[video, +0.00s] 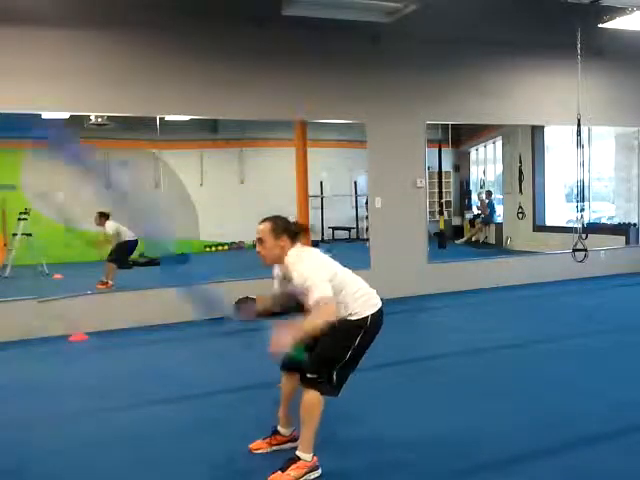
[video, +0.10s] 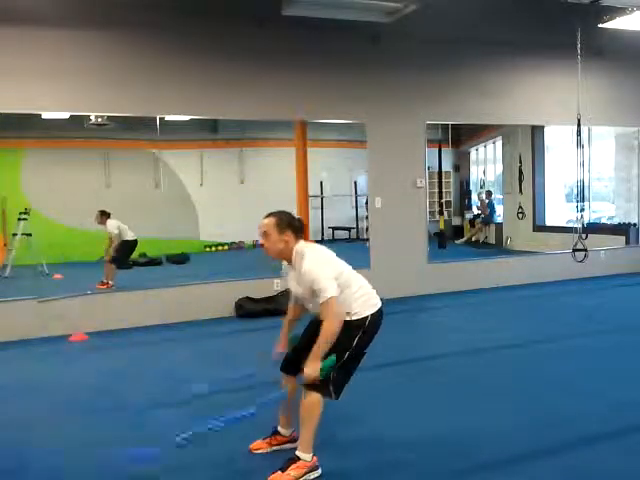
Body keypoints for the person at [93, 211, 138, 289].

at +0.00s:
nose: (95, 221)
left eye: (97, 218)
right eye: (96, 218)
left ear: (102, 219)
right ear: (104, 219)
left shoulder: (109, 225)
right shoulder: (109, 224)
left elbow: (111, 240)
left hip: (128, 241)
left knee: (112, 260)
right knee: (111, 260)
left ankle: (109, 282)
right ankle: (107, 280)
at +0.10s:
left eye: (98, 217)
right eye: (97, 217)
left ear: (103, 217)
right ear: (104, 217)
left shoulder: (111, 224)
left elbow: (115, 239)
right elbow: (110, 240)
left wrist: (111, 253)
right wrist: (107, 252)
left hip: (128, 240)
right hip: (126, 240)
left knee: (111, 261)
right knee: (110, 260)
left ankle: (109, 282)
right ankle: (106, 281)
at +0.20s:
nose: (105, 209)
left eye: (106, 206)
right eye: (105, 206)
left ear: (111, 206)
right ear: (112, 206)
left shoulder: (118, 212)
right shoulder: (116, 213)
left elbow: (119, 223)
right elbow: (114, 225)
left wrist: (105, 229)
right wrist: (102, 231)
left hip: (128, 238)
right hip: (125, 237)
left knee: (113, 259)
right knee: (111, 259)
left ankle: (110, 281)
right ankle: (107, 280)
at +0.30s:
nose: (112, 205)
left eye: (114, 202)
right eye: (112, 203)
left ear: (118, 202)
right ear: (113, 202)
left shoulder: (122, 209)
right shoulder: (120, 209)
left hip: (127, 236)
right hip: (123, 236)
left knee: (116, 259)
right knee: (115, 259)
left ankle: (111, 281)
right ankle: (108, 279)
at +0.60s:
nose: (94, 223)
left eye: (95, 220)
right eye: (94, 220)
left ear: (100, 220)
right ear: (101, 220)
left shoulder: (107, 226)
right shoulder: (106, 227)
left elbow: (111, 240)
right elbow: (105, 241)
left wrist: (104, 252)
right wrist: (99, 251)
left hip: (127, 242)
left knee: (109, 261)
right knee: (110, 261)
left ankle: (109, 282)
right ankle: (109, 282)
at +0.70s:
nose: (97, 216)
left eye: (99, 214)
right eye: (97, 214)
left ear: (103, 214)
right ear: (104, 214)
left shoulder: (111, 221)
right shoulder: (111, 221)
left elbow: (114, 234)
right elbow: (110, 235)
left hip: (126, 240)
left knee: (109, 260)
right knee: (110, 260)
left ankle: (108, 281)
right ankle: (108, 281)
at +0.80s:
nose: (107, 206)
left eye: (108, 204)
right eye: (107, 204)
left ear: (113, 203)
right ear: (116, 203)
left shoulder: (118, 211)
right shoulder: (118, 211)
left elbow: (111, 217)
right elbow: (110, 218)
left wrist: (102, 219)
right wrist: (102, 219)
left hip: (123, 238)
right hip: (123, 237)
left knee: (108, 258)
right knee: (109, 259)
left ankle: (109, 281)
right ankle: (107, 280)